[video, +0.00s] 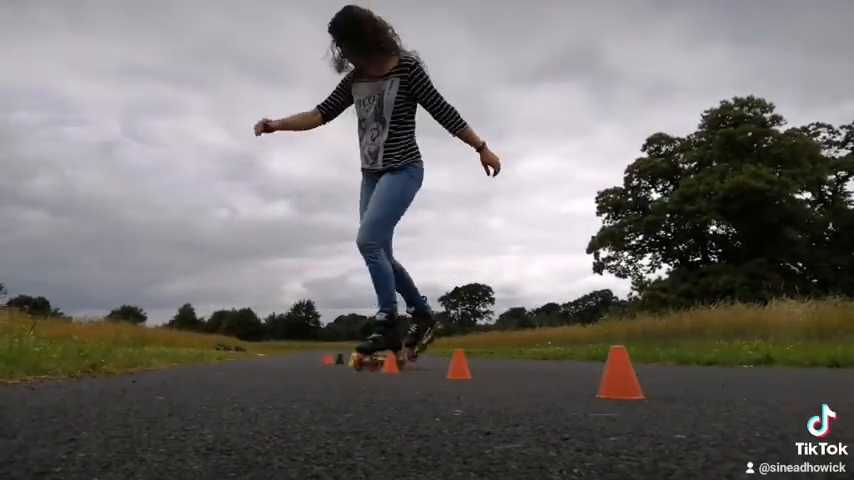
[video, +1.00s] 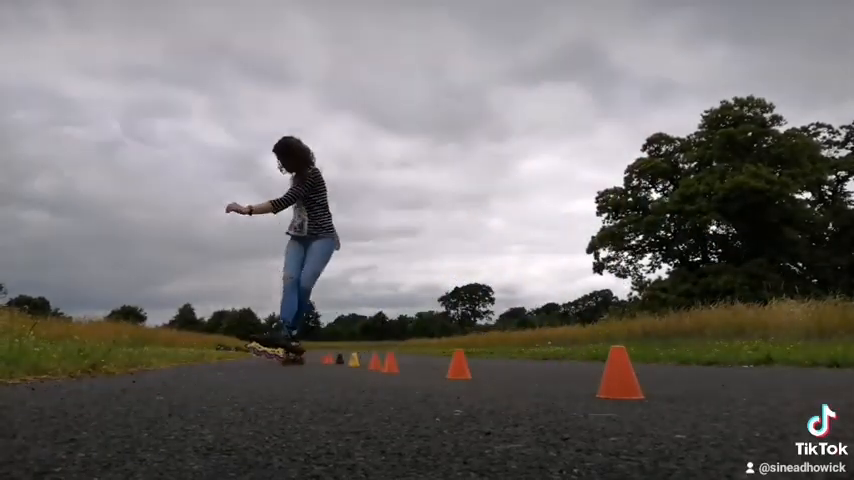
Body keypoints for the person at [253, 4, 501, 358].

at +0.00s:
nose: (358, 65)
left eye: (361, 57)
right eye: (354, 58)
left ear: (373, 45)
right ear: (350, 54)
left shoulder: (407, 68)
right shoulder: (357, 76)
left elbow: (441, 110)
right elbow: (322, 113)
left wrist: (482, 148)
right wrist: (278, 124)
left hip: (403, 170)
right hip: (371, 173)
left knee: (369, 240)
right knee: (381, 256)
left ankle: (389, 322)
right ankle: (423, 313)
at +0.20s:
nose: (347, 88)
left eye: (349, 81)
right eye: (345, 82)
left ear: (368, 78)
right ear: (365, 80)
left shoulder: (409, 102)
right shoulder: (360, 114)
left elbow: (450, 130)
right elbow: (326, 141)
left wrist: (493, 152)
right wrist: (289, 151)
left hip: (412, 191)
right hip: (382, 197)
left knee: (402, 261)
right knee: (356, 265)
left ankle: (433, 332)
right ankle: (386, 333)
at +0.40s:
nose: (340, 121)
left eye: (342, 115)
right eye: (338, 116)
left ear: (356, 113)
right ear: (351, 116)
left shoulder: (393, 135)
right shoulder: (350, 147)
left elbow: (427, 148)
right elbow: (321, 170)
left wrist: (455, 150)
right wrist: (284, 193)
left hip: (403, 219)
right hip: (368, 222)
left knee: (420, 280)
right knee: (332, 269)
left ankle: (444, 334)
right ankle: (358, 334)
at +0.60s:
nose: (321, 137)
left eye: (323, 132)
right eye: (318, 133)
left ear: (335, 127)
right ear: (319, 132)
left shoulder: (362, 146)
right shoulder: (329, 153)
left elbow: (379, 163)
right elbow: (330, 184)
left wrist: (383, 170)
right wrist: (327, 213)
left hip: (373, 221)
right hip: (341, 222)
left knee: (381, 279)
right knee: (329, 268)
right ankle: (338, 331)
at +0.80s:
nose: (302, 152)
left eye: (304, 147)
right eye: (300, 148)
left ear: (316, 143)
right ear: (309, 145)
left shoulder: (341, 162)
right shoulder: (315, 164)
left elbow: (331, 191)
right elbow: (322, 193)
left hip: (346, 231)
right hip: (319, 229)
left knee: (339, 283)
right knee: (311, 273)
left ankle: (322, 331)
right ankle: (308, 326)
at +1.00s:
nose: (280, 165)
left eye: (281, 160)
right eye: (278, 161)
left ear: (292, 158)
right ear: (295, 157)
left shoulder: (311, 176)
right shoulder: (298, 177)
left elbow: (284, 202)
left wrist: (247, 210)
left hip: (322, 237)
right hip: (298, 236)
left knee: (305, 282)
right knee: (290, 278)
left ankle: (294, 329)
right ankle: (285, 328)